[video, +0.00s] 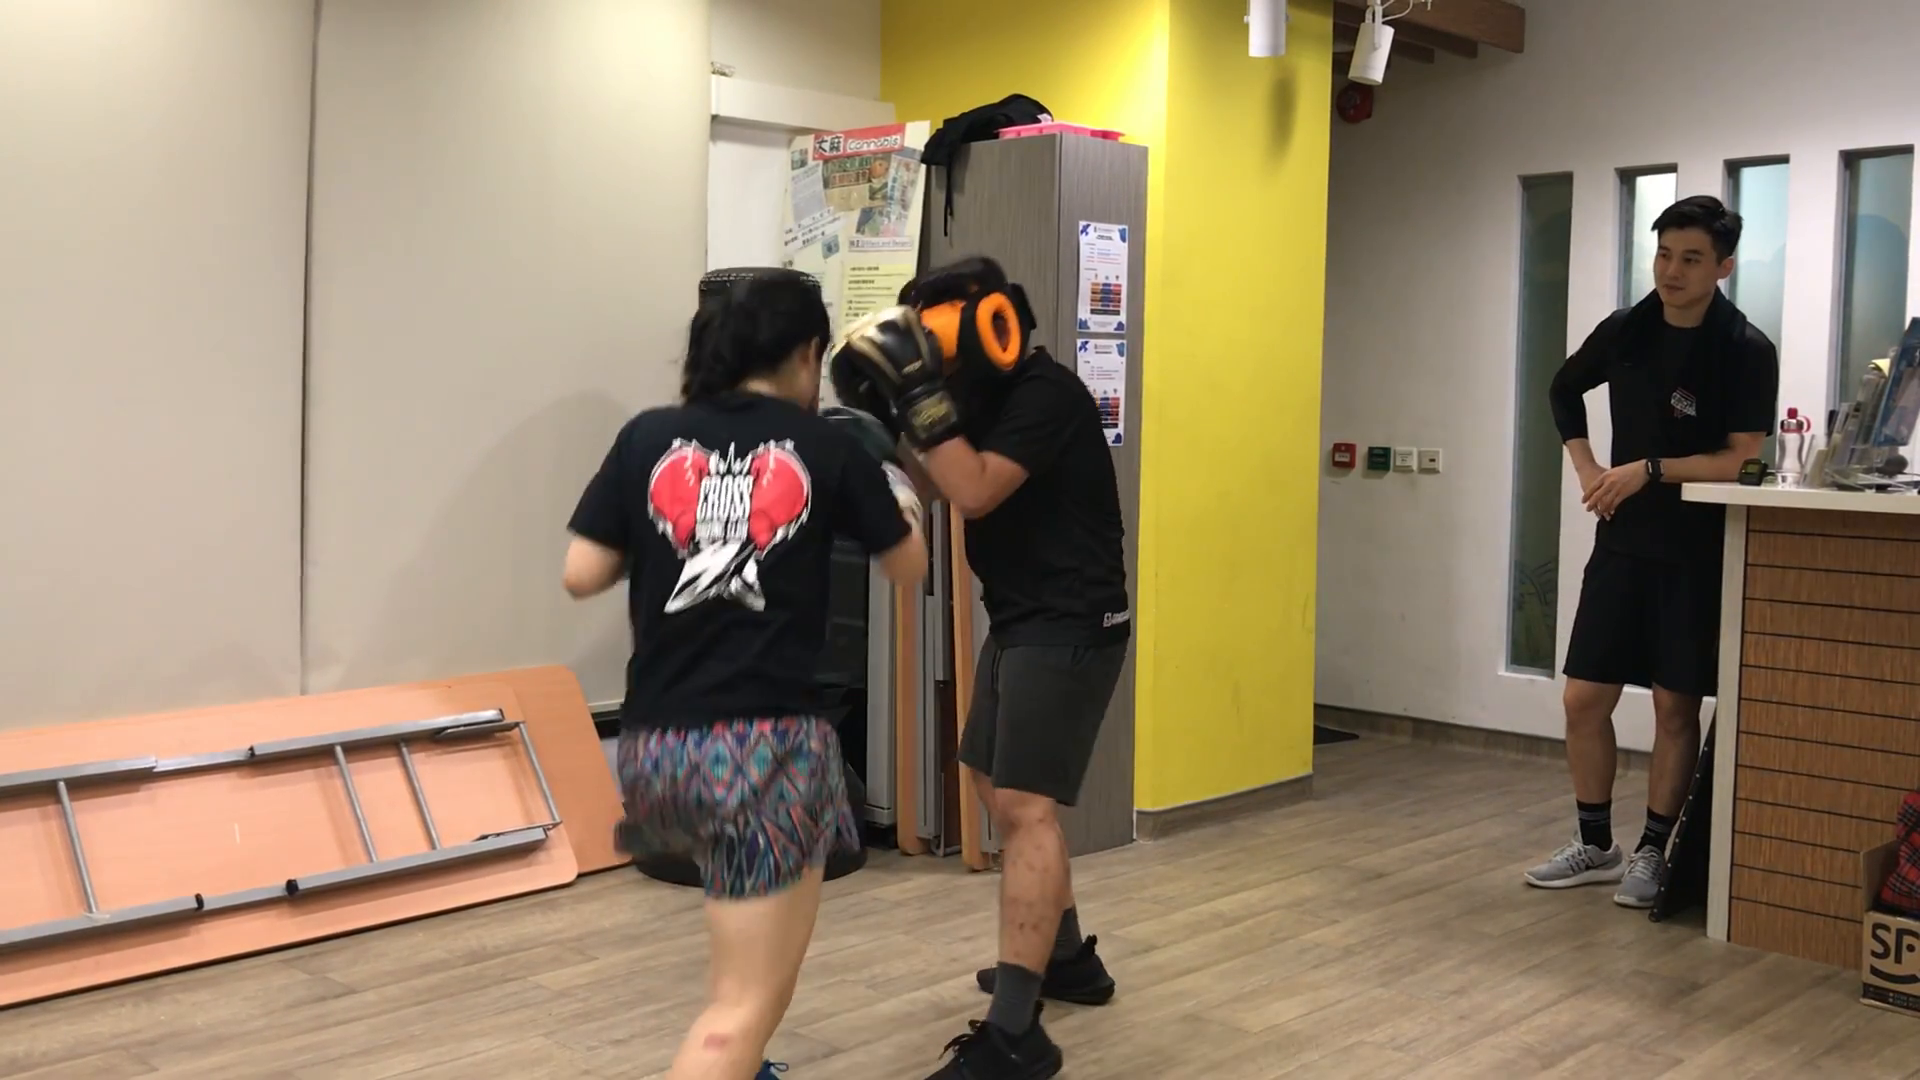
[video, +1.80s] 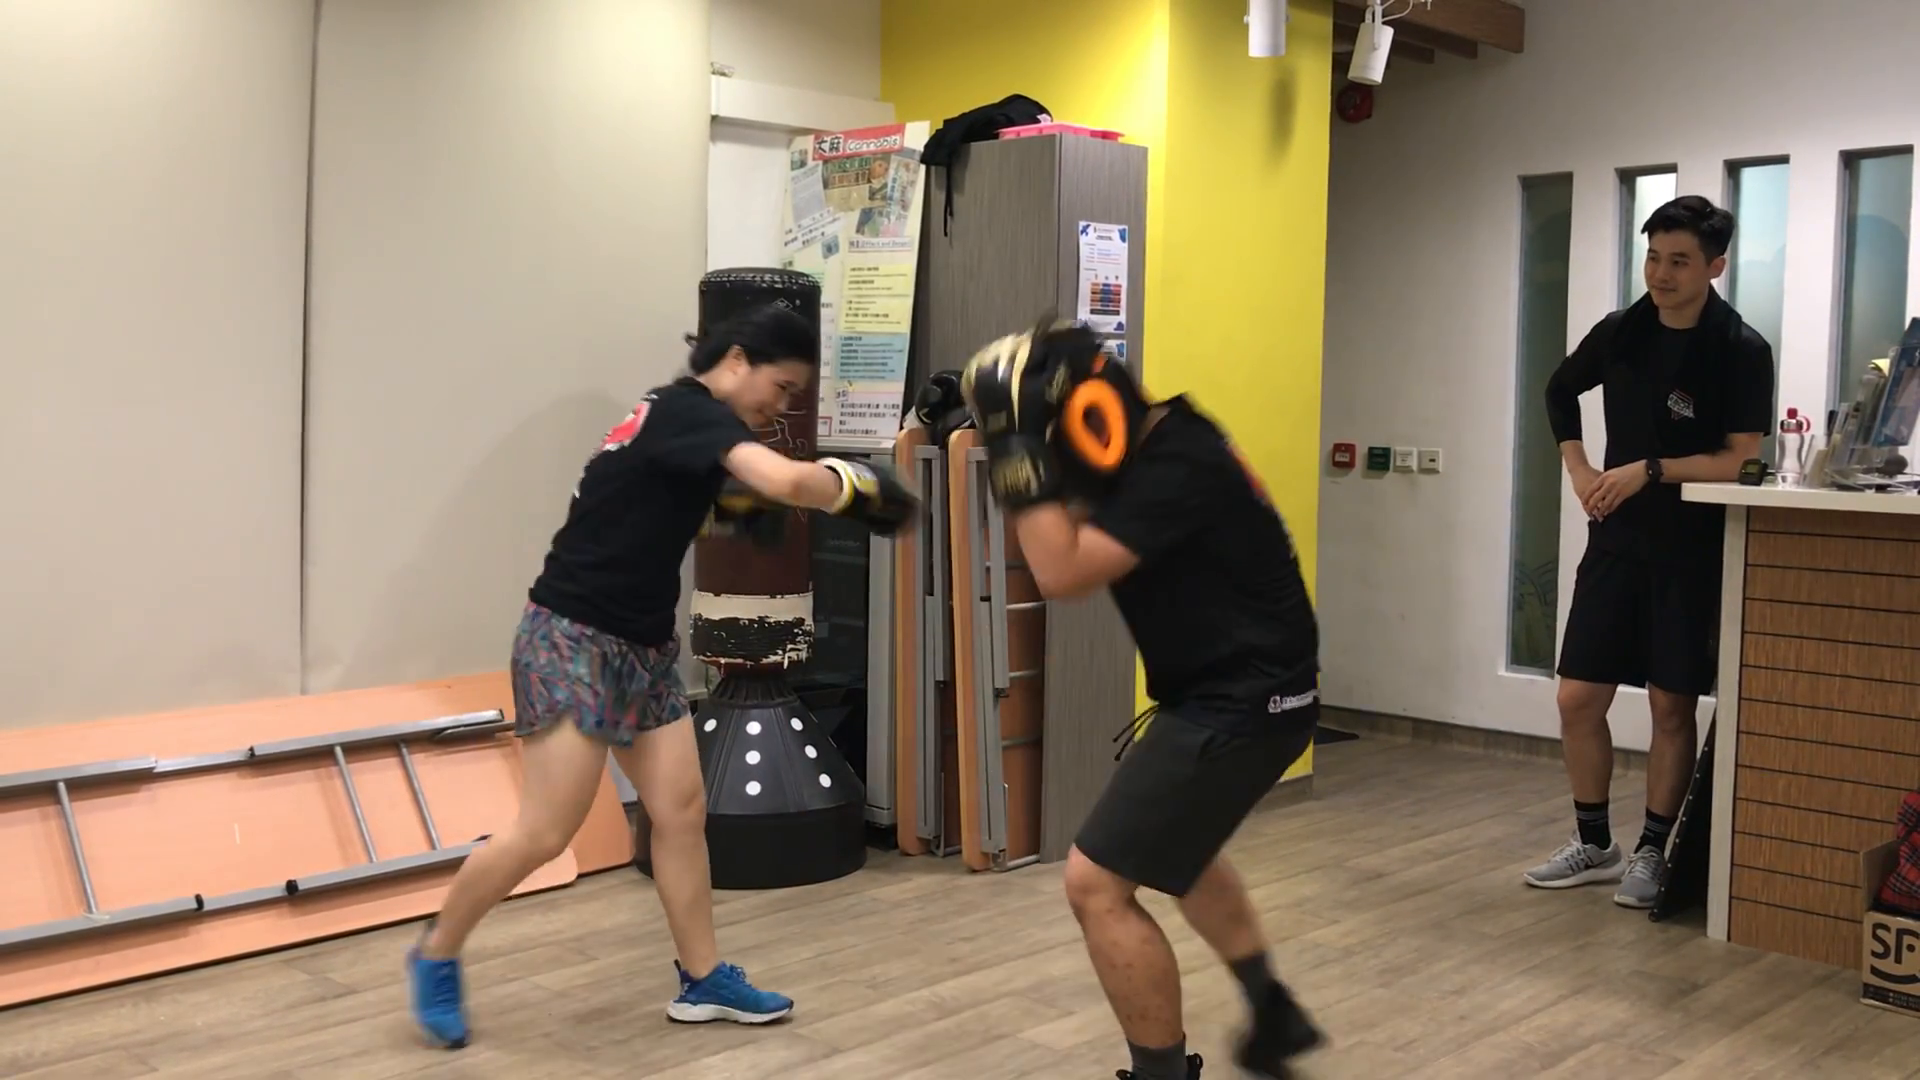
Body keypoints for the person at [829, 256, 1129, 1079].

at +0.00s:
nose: (936, 354)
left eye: (945, 338)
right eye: (930, 341)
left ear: (994, 325)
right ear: (971, 339)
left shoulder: (1047, 393)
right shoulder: (987, 401)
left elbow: (973, 492)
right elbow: (949, 488)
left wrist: (924, 399)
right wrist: (896, 426)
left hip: (1071, 627)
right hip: (1019, 624)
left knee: (1027, 808)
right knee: (995, 784)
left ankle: (1013, 1032)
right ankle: (1066, 952)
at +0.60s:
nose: (1017, 414)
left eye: (1029, 398)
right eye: (1009, 401)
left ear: (1075, 390)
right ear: (1004, 403)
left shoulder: (1134, 446)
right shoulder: (1011, 436)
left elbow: (1087, 557)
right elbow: (912, 493)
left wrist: (1056, 453)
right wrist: (941, 415)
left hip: (1130, 651)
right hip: (1047, 640)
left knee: (1099, 821)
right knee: (987, 778)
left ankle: (1149, 1040)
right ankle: (1071, 913)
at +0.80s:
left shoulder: (1137, 490)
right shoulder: (996, 486)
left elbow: (1129, 626)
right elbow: (961, 604)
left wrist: (1091, 531)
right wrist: (932, 529)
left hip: (1152, 667)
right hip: (1064, 660)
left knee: (1112, 819)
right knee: (990, 804)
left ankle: (1151, 1042)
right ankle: (1075, 909)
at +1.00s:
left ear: (994, 552)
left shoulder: (1085, 556)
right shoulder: (1000, 562)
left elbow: (1053, 688)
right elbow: (955, 657)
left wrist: (977, 608)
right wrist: (902, 604)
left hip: (1176, 691)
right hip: (1085, 693)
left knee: (1103, 817)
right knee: (997, 800)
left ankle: (1153, 1038)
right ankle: (1089, 927)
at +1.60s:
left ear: (1028, 535)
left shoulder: (1140, 544)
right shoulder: (1053, 531)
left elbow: (1085, 682)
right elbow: (983, 632)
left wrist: (1011, 590)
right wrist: (947, 584)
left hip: (1211, 722)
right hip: (1148, 712)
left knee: (1064, 866)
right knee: (1100, 823)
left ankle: (1157, 1068)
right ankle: (1079, 929)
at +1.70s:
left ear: (1051, 473)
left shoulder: (1157, 512)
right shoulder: (1087, 496)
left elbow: (1078, 636)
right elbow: (1018, 589)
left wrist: (1010, 523)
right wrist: (973, 510)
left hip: (1234, 708)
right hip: (1176, 701)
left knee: (1077, 873)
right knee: (1143, 830)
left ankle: (1159, 1068)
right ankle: (1168, 967)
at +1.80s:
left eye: (1048, 427)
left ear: (1083, 418)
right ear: (1096, 400)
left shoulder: (1179, 462)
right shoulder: (1145, 442)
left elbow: (1061, 571)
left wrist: (1015, 451)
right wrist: (988, 423)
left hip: (1245, 702)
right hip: (1211, 693)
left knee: (1095, 882)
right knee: (1176, 845)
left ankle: (1162, 1071)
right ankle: (1275, 1012)